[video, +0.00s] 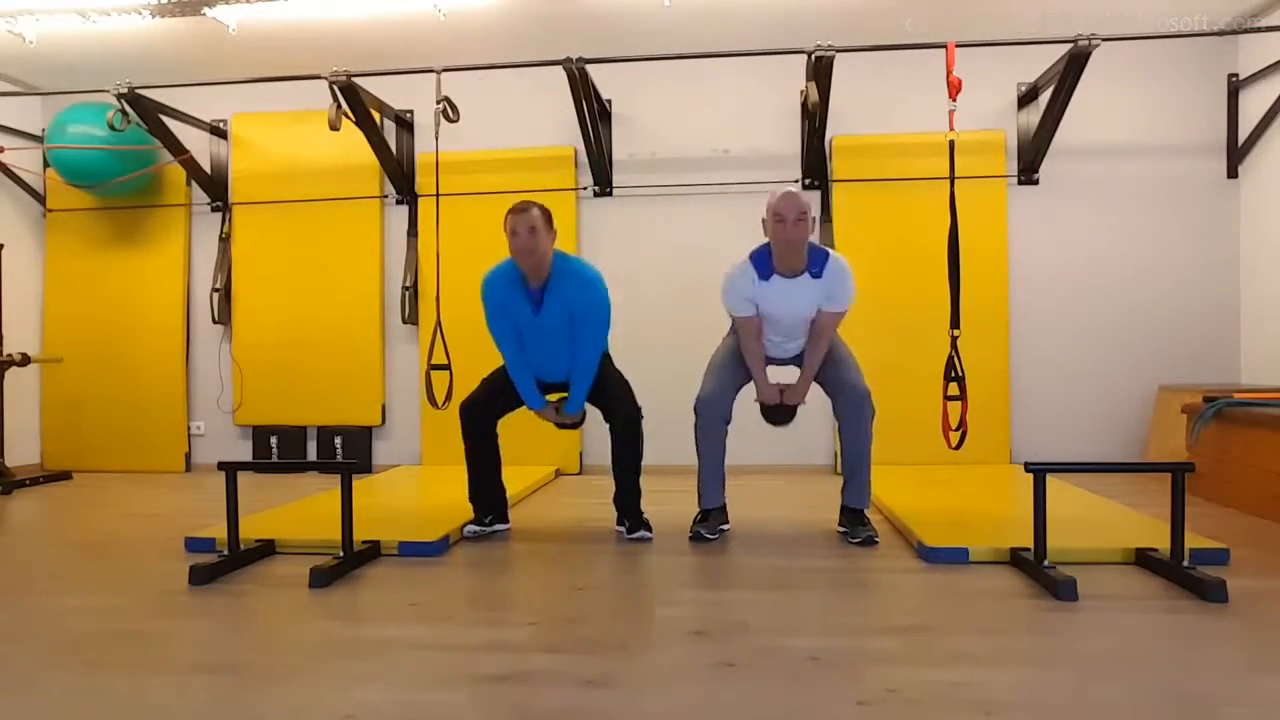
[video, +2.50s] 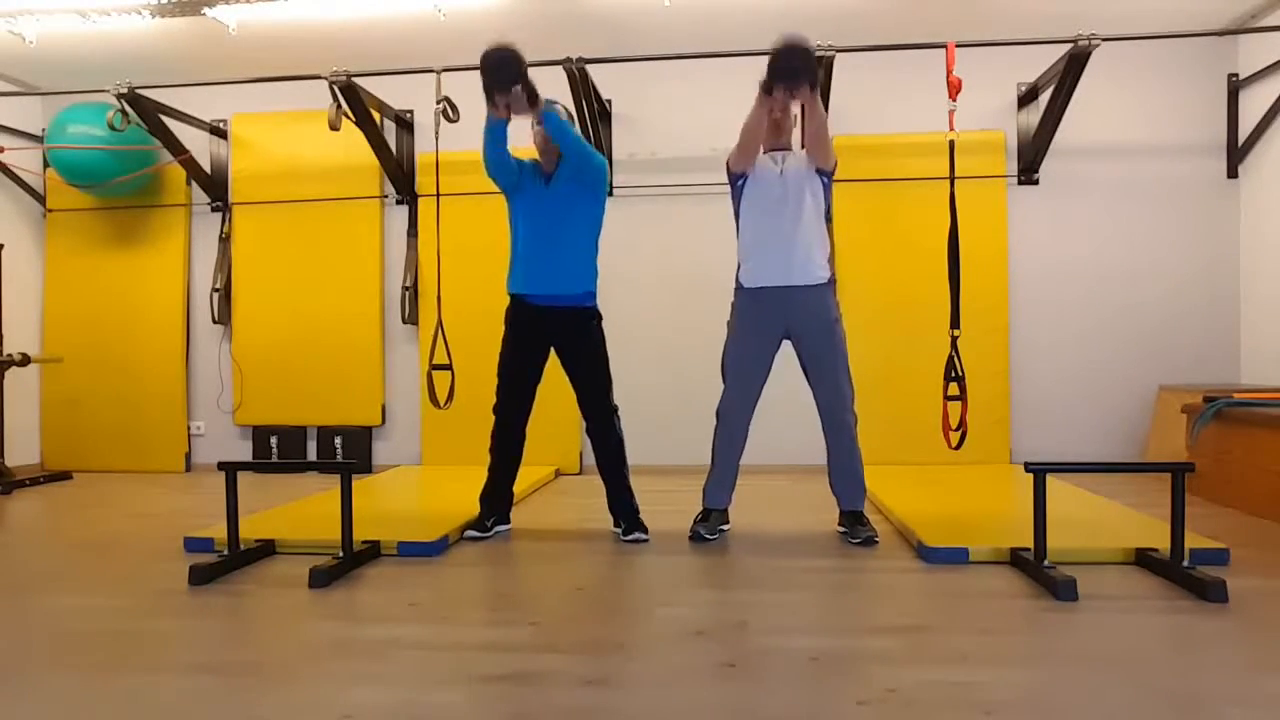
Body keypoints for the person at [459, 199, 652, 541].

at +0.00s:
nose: (524, 241)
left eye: (533, 231)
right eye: (515, 234)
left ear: (552, 236)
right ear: (507, 241)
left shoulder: (586, 281)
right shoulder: (496, 285)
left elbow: (589, 352)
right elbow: (511, 352)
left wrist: (574, 406)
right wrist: (538, 404)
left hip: (585, 369)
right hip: (528, 371)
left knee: (627, 416)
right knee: (475, 413)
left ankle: (630, 515)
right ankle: (491, 513)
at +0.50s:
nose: (544, 133)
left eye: (553, 127)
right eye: (537, 129)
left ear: (570, 141)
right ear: (528, 142)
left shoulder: (590, 179)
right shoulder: (515, 182)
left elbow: (588, 184)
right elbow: (497, 189)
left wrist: (544, 166)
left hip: (571, 315)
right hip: (519, 313)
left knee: (598, 414)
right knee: (503, 415)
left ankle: (627, 518)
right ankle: (493, 515)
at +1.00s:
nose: (549, 129)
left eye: (557, 122)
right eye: (541, 124)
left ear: (574, 135)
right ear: (531, 136)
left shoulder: (594, 175)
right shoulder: (519, 176)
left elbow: (569, 179)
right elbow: (496, 178)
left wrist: (545, 152)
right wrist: (495, 150)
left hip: (581, 317)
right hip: (528, 317)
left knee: (605, 420)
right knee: (505, 418)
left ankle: (627, 518)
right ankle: (494, 514)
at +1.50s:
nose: (522, 239)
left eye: (530, 230)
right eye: (514, 232)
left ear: (550, 235)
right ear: (506, 240)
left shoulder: (583, 284)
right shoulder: (493, 288)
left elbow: (587, 356)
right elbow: (511, 357)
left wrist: (570, 412)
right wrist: (542, 412)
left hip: (584, 373)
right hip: (526, 375)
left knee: (628, 417)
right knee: (470, 415)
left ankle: (628, 517)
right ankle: (493, 513)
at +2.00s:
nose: (545, 127)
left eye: (553, 122)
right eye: (537, 122)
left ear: (569, 135)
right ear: (527, 136)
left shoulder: (590, 180)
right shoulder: (509, 179)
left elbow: (584, 213)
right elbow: (494, 210)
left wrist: (546, 240)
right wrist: (511, 242)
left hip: (572, 315)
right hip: (520, 315)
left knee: (601, 413)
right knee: (501, 414)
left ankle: (627, 516)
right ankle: (493, 513)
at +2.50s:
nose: (539, 142)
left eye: (547, 136)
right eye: (536, 135)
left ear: (567, 141)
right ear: (535, 141)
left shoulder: (592, 175)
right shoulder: (520, 178)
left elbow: (570, 142)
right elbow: (495, 158)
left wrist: (544, 112)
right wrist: (498, 116)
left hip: (577, 312)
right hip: (526, 310)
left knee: (600, 415)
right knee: (509, 414)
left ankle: (627, 517)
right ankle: (494, 513)